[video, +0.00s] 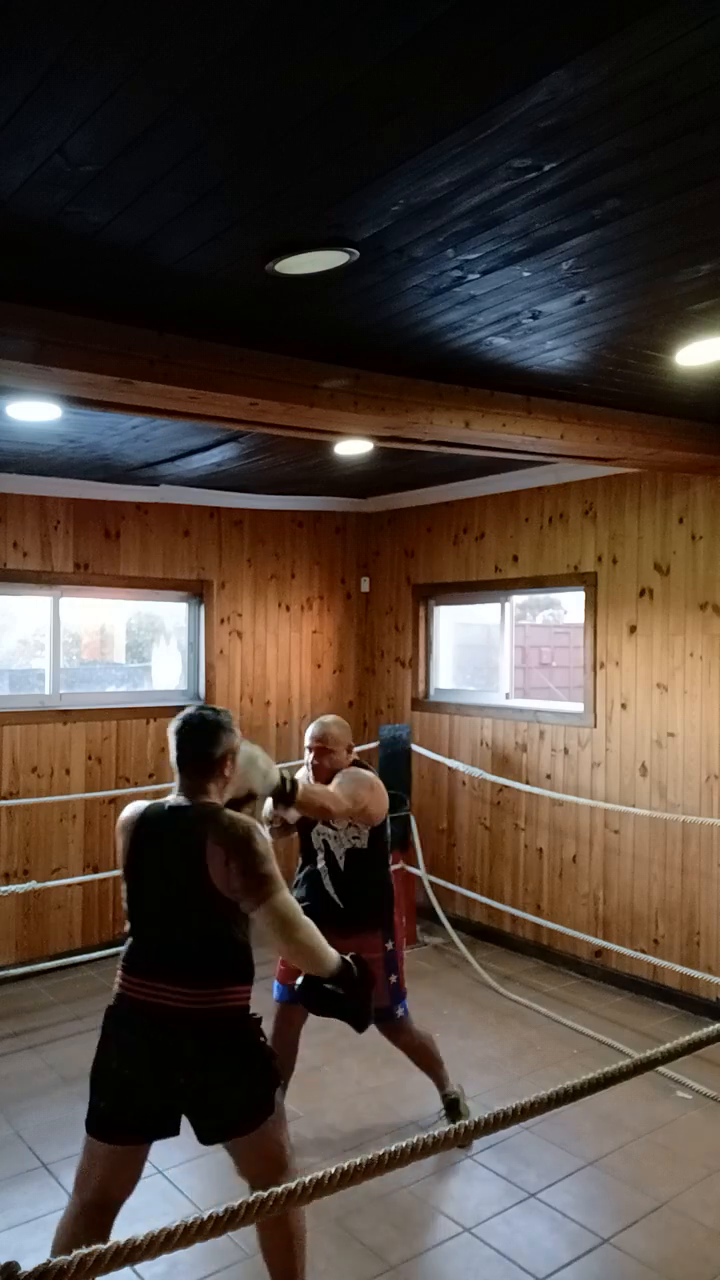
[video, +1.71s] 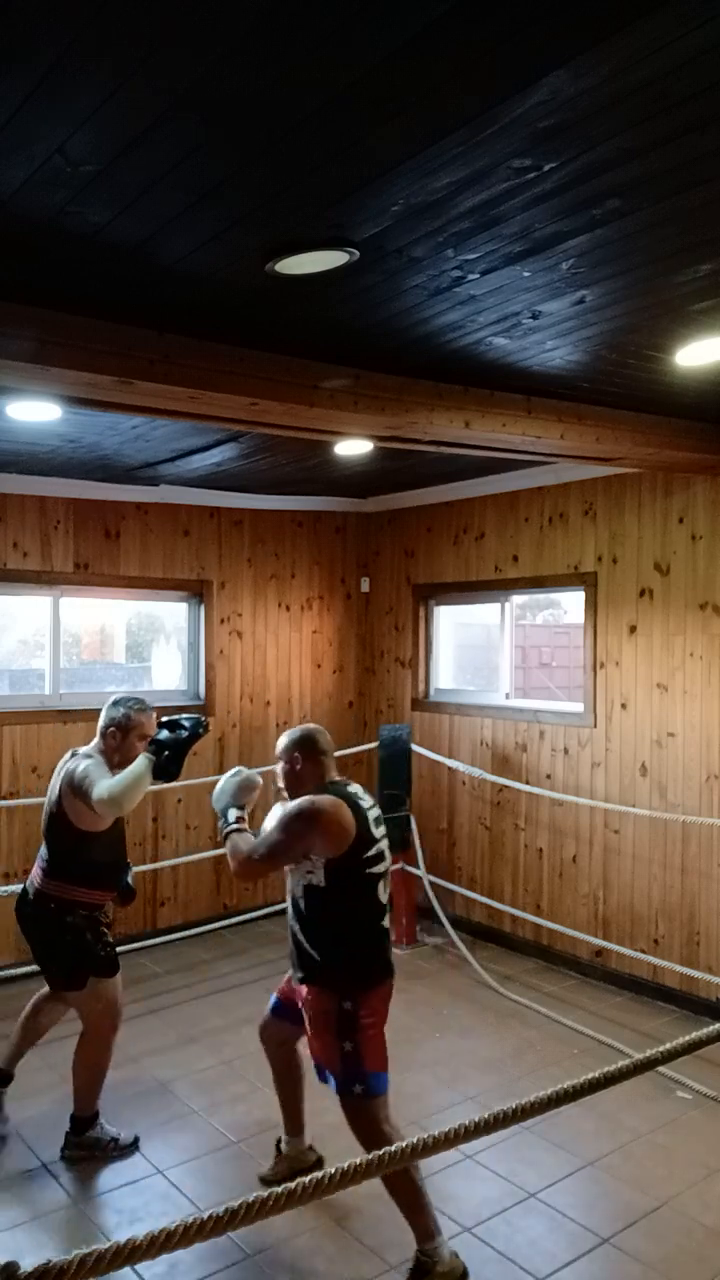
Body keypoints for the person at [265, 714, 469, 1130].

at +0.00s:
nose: (315, 758)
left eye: (325, 751)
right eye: (311, 749)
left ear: (348, 752)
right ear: (305, 748)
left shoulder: (365, 782)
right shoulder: (299, 782)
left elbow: (333, 803)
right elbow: (284, 868)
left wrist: (279, 785)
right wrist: (281, 821)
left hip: (367, 928)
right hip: (311, 927)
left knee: (395, 1027)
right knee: (285, 1021)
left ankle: (449, 1093)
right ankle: (271, 1113)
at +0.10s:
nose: (309, 759)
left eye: (319, 752)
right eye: (306, 750)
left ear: (345, 752)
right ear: (300, 748)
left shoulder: (368, 784)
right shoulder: (297, 780)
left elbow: (354, 841)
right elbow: (278, 838)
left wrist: (300, 826)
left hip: (371, 929)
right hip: (313, 924)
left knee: (404, 1031)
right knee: (289, 1024)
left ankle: (458, 1089)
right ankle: (270, 1123)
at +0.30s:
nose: (332, 772)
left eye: (341, 764)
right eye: (328, 763)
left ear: (368, 761)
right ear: (324, 761)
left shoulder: (402, 797)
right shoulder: (313, 791)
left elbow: (421, 877)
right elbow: (293, 851)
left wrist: (376, 874)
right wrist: (284, 847)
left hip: (392, 939)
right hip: (331, 936)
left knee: (434, 1038)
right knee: (296, 1030)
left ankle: (486, 1130)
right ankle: (270, 1128)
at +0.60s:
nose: (368, 769)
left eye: (376, 760)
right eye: (364, 759)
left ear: (404, 752)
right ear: (363, 756)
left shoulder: (445, 794)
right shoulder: (356, 783)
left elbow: (450, 874)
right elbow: (339, 848)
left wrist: (395, 845)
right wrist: (331, 846)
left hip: (429, 937)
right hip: (367, 929)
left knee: (457, 1039)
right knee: (336, 1022)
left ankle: (489, 1134)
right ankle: (335, 1125)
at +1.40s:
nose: (299, 774)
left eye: (303, 763)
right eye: (298, 764)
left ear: (327, 758)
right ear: (335, 753)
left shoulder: (372, 805)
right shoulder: (349, 798)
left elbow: (360, 891)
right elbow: (351, 859)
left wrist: (308, 871)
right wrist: (319, 848)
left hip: (396, 964)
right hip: (351, 955)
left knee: (403, 1087)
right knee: (318, 1038)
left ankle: (453, 1212)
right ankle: (332, 1147)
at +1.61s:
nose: (289, 771)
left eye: (293, 761)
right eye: (288, 762)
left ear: (314, 759)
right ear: (334, 753)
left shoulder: (332, 806)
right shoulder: (363, 791)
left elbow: (275, 880)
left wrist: (255, 842)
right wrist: (288, 829)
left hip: (357, 974)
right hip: (339, 962)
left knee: (353, 1109)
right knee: (299, 1038)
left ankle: (423, 1237)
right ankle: (315, 1158)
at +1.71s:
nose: (278, 775)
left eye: (282, 764)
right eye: (279, 765)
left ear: (300, 764)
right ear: (327, 758)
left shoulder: (313, 812)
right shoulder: (355, 800)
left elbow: (244, 861)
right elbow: (284, 845)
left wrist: (231, 813)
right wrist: (262, 810)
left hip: (346, 984)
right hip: (326, 970)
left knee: (368, 1120)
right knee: (276, 1033)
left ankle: (434, 1251)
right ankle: (295, 1148)